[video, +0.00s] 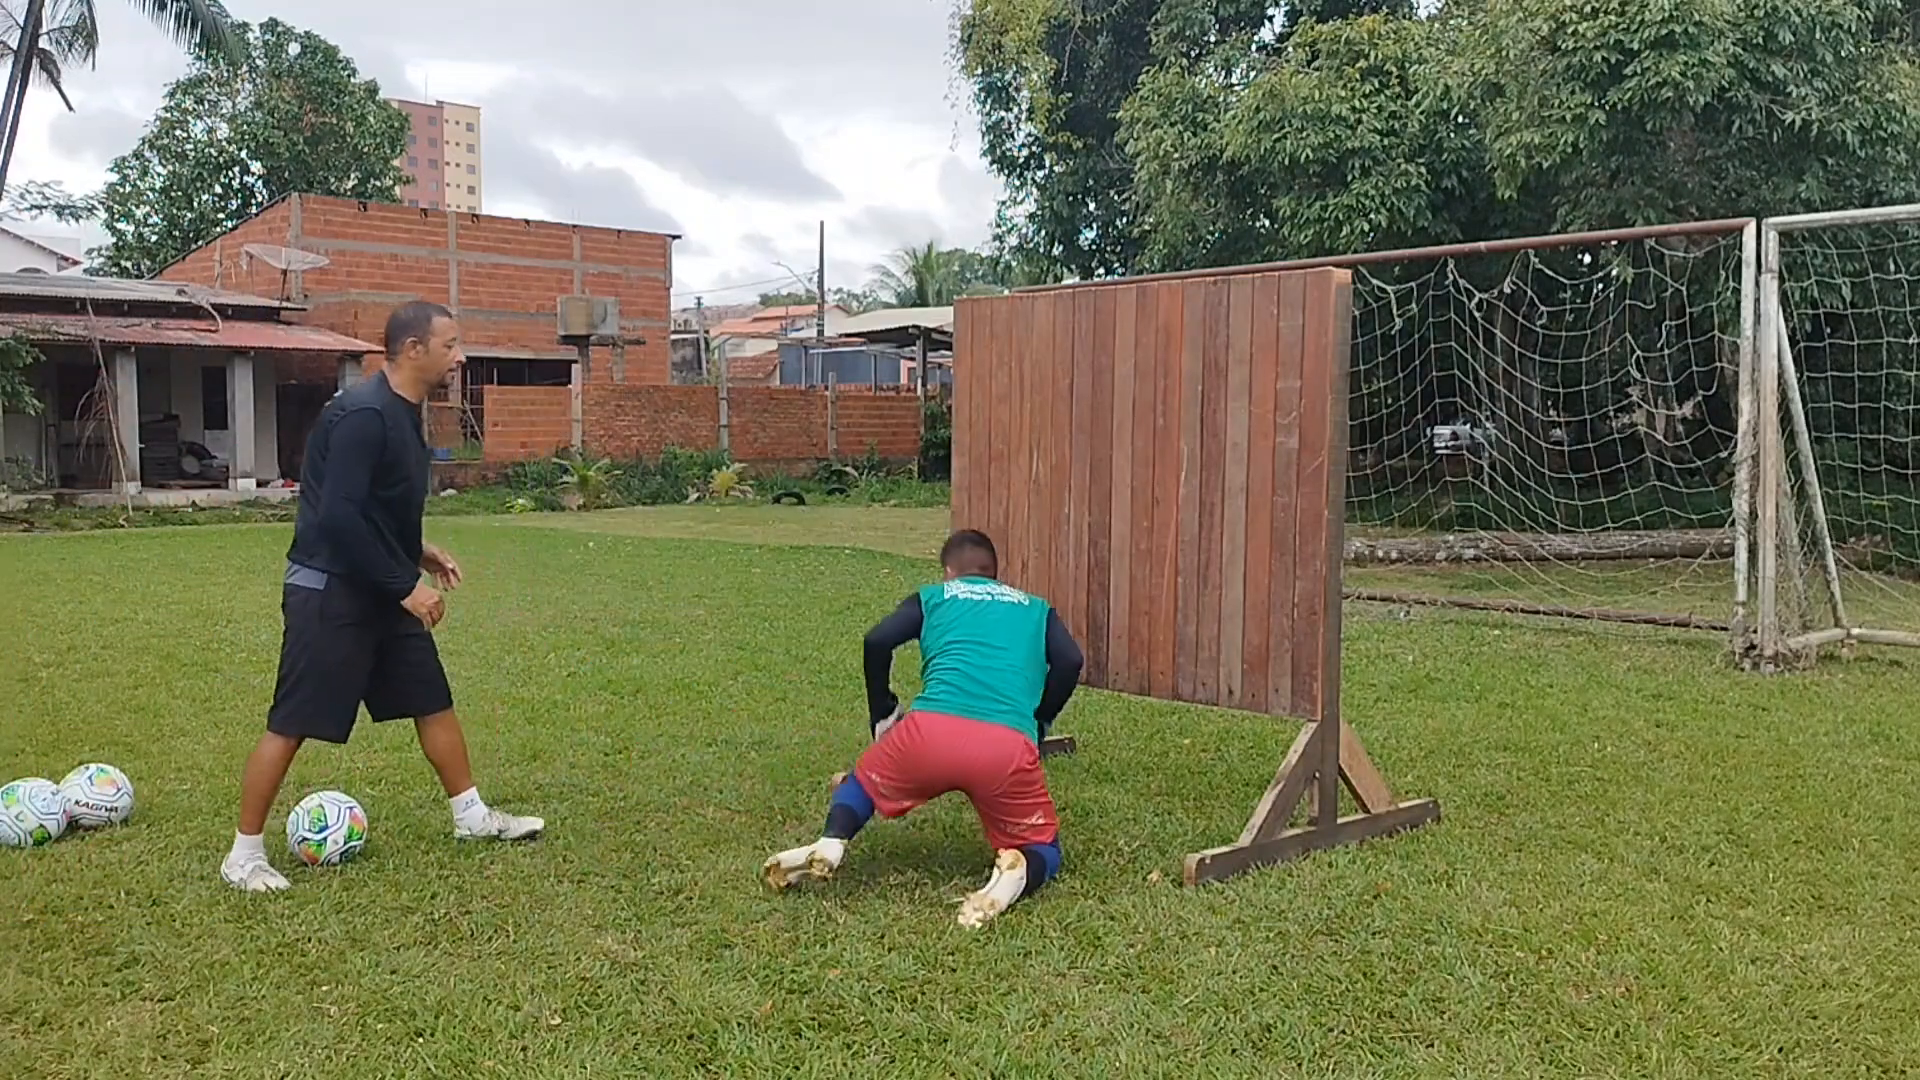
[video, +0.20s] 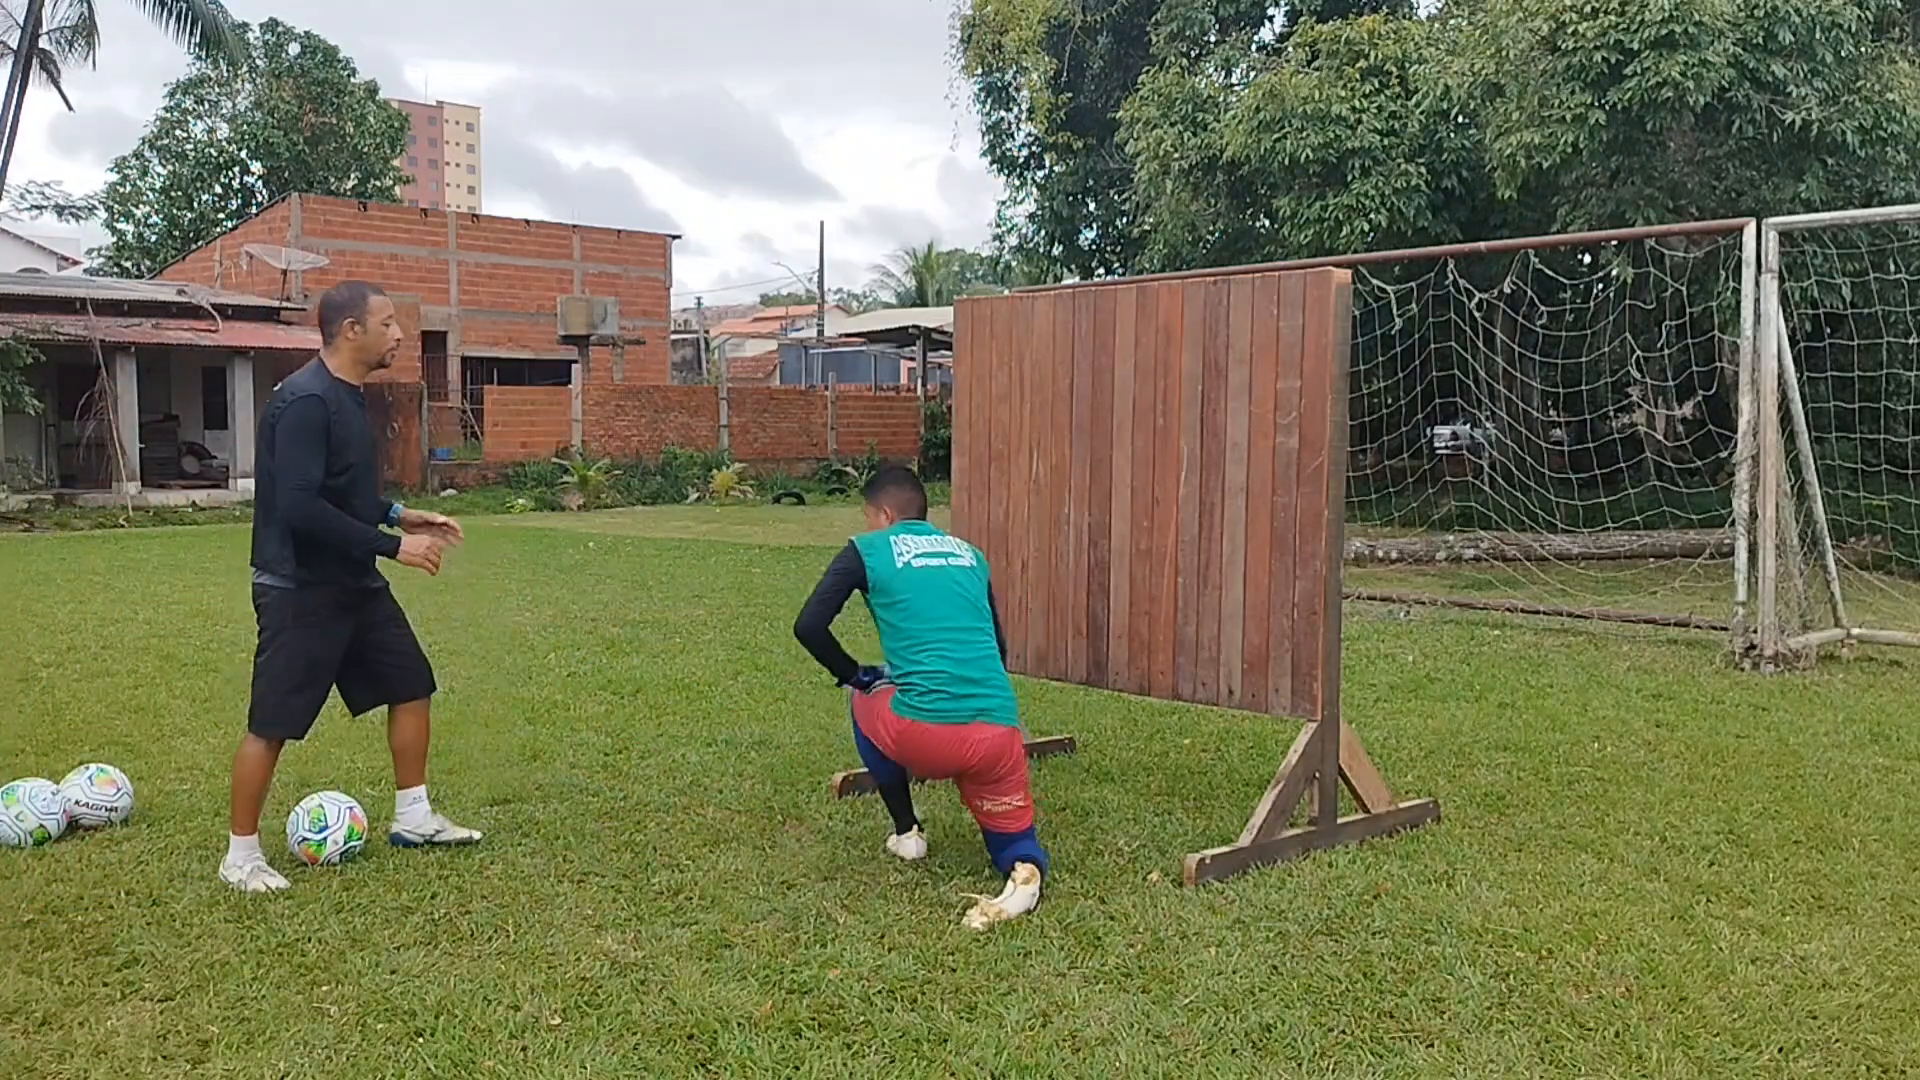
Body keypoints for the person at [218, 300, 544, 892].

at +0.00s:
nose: (457, 357)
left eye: (457, 346)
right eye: (449, 346)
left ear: (417, 350)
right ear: (413, 349)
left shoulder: (403, 413)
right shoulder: (362, 416)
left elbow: (375, 504)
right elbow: (339, 517)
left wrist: (419, 548)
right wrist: (405, 587)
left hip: (380, 593)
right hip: (327, 593)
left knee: (431, 699)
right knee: (290, 721)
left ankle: (472, 817)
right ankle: (244, 854)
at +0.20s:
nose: (397, 335)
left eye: (394, 323)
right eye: (387, 324)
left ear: (351, 333)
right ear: (349, 332)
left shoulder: (348, 397)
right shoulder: (305, 401)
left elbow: (346, 491)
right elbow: (297, 506)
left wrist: (400, 516)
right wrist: (390, 545)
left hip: (355, 582)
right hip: (297, 588)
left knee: (412, 685)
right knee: (271, 723)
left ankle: (413, 818)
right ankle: (242, 856)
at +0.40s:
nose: (361, 326)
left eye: (357, 313)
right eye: (350, 314)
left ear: (313, 327)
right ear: (314, 326)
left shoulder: (316, 393)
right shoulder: (279, 400)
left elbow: (347, 470)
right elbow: (320, 496)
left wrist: (424, 461)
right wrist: (414, 467)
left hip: (341, 582)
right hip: (291, 587)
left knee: (389, 695)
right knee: (274, 719)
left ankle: (399, 824)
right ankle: (241, 857)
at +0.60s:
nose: (344, 323)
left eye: (341, 311)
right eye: (333, 312)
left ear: (296, 321)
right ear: (296, 322)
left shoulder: (304, 386)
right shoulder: (269, 390)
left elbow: (344, 459)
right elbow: (342, 466)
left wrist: (419, 433)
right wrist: (424, 425)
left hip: (333, 576)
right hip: (284, 581)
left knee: (373, 697)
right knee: (271, 718)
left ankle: (396, 823)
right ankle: (241, 856)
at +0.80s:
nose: (342, 325)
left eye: (338, 313)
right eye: (331, 314)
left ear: (291, 324)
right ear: (293, 324)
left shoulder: (293, 387)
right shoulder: (270, 395)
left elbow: (319, 482)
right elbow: (309, 490)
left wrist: (386, 470)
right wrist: (385, 468)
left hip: (325, 581)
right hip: (283, 586)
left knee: (364, 701)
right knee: (269, 722)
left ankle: (395, 824)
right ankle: (241, 856)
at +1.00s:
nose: (342, 327)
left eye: (339, 315)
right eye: (331, 316)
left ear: (295, 326)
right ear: (291, 325)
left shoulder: (301, 392)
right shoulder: (255, 397)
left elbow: (316, 481)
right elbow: (278, 499)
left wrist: (376, 481)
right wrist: (374, 496)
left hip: (328, 580)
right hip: (277, 586)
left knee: (367, 699)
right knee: (264, 722)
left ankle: (396, 825)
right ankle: (240, 855)